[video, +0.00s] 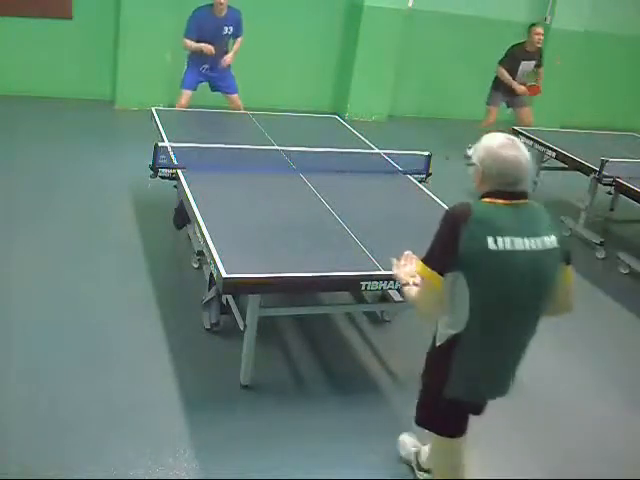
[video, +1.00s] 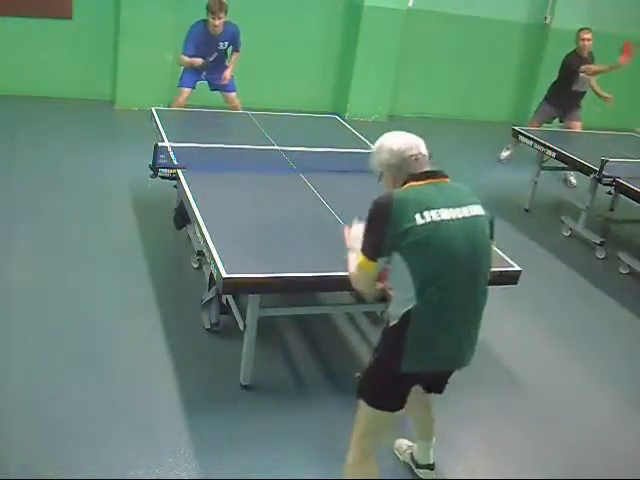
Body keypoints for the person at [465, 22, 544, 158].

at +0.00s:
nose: (540, 38)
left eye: (542, 35)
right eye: (537, 34)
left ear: (543, 37)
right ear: (529, 36)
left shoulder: (538, 52)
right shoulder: (515, 50)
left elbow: (539, 69)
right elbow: (500, 70)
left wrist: (538, 85)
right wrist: (516, 86)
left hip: (518, 88)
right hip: (500, 86)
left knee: (527, 122)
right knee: (491, 120)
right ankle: (474, 146)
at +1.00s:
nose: (586, 43)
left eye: (589, 40)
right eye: (583, 40)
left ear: (592, 42)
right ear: (577, 42)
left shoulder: (590, 59)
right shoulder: (571, 59)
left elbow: (589, 78)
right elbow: (588, 71)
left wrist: (600, 93)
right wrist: (614, 67)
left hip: (573, 103)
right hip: (554, 100)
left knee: (575, 135)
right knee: (532, 128)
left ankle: (570, 172)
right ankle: (512, 147)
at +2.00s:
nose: (572, 51)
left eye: (574, 48)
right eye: (569, 48)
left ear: (578, 48)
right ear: (564, 49)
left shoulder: (583, 64)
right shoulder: (555, 62)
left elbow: (588, 86)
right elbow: (541, 75)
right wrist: (530, 83)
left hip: (574, 105)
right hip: (555, 103)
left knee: (580, 135)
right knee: (531, 126)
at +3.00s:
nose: (537, 23)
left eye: (539, 21)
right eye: (535, 20)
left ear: (543, 22)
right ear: (531, 22)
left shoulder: (550, 40)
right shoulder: (523, 38)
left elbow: (549, 61)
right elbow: (507, 46)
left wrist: (532, 67)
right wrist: (508, 30)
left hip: (541, 83)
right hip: (523, 81)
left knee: (546, 111)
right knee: (515, 110)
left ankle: (549, 135)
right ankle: (511, 136)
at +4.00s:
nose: (533, 32)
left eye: (536, 29)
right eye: (531, 28)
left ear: (538, 32)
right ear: (524, 29)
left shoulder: (536, 48)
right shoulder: (512, 45)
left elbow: (538, 68)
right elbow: (496, 61)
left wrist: (540, 87)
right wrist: (511, 72)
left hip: (523, 86)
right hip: (506, 85)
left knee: (533, 117)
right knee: (496, 114)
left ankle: (523, 141)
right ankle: (474, 138)